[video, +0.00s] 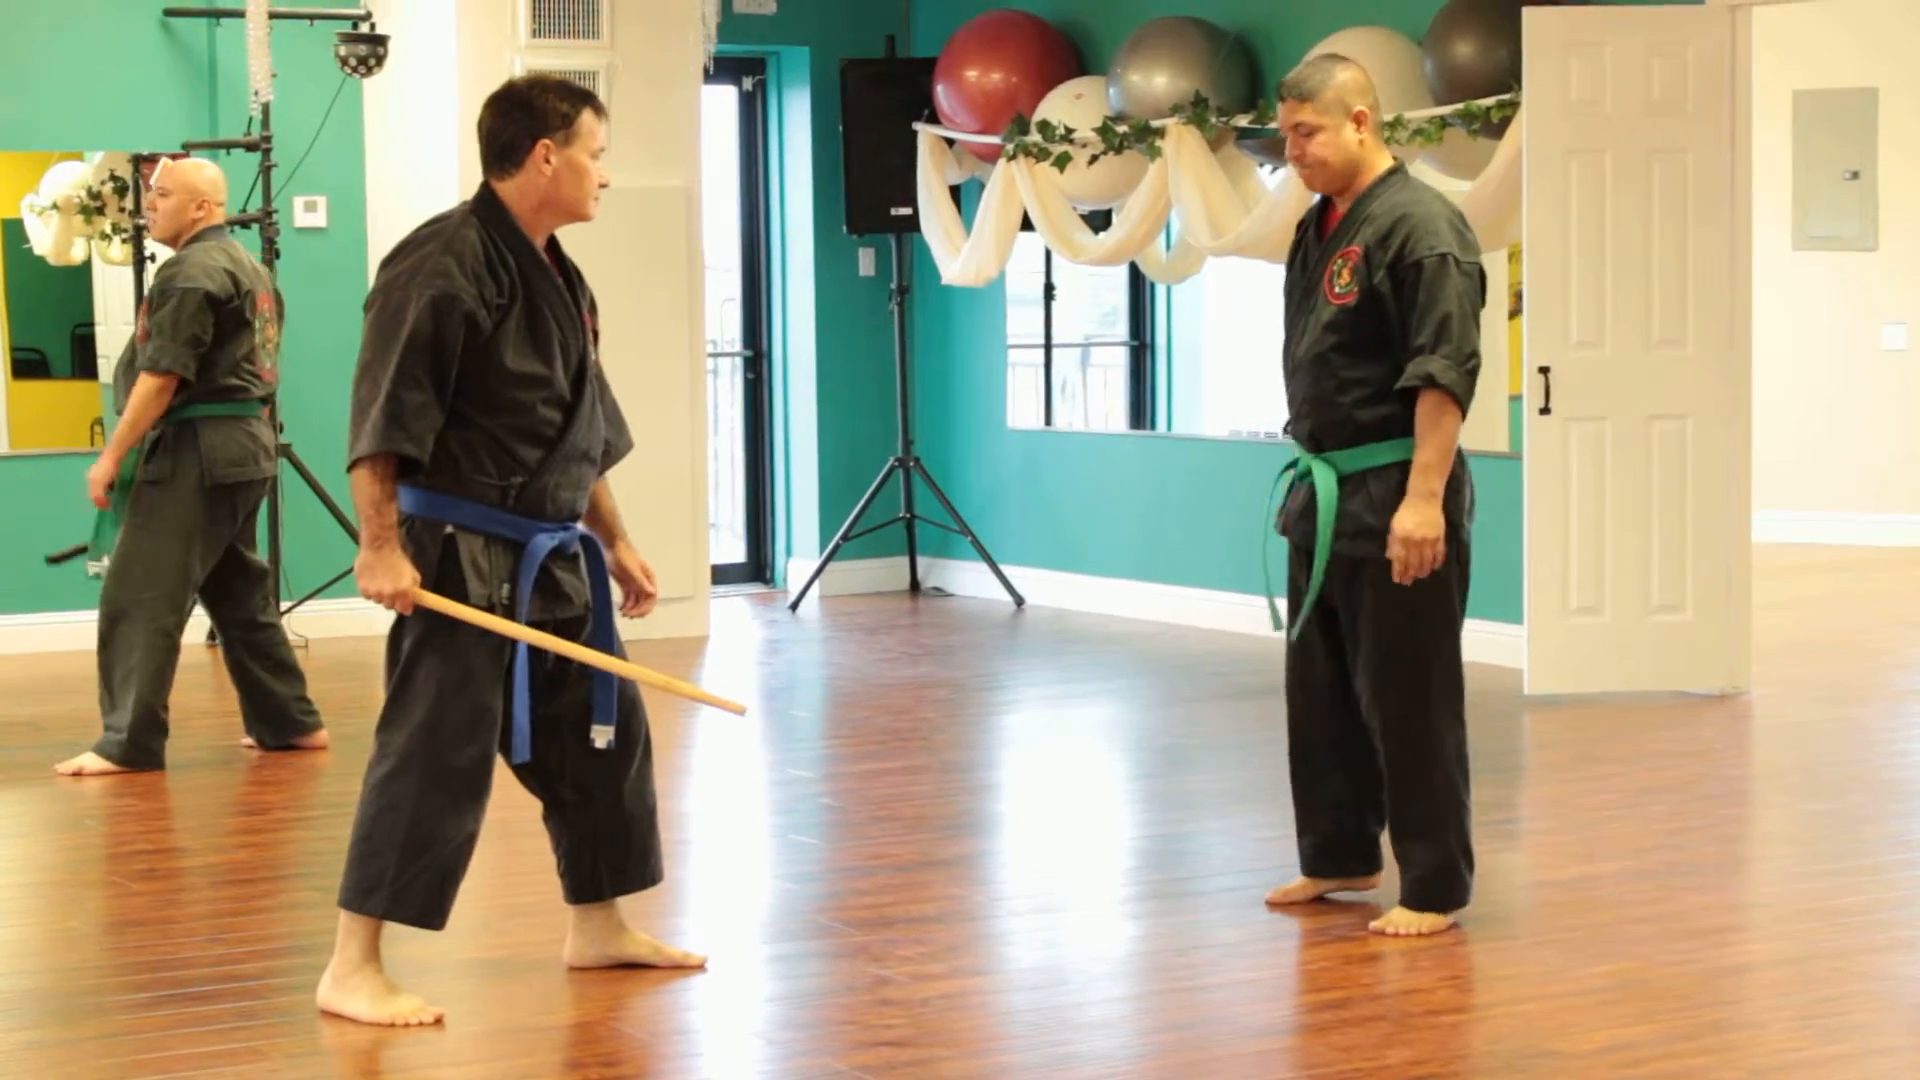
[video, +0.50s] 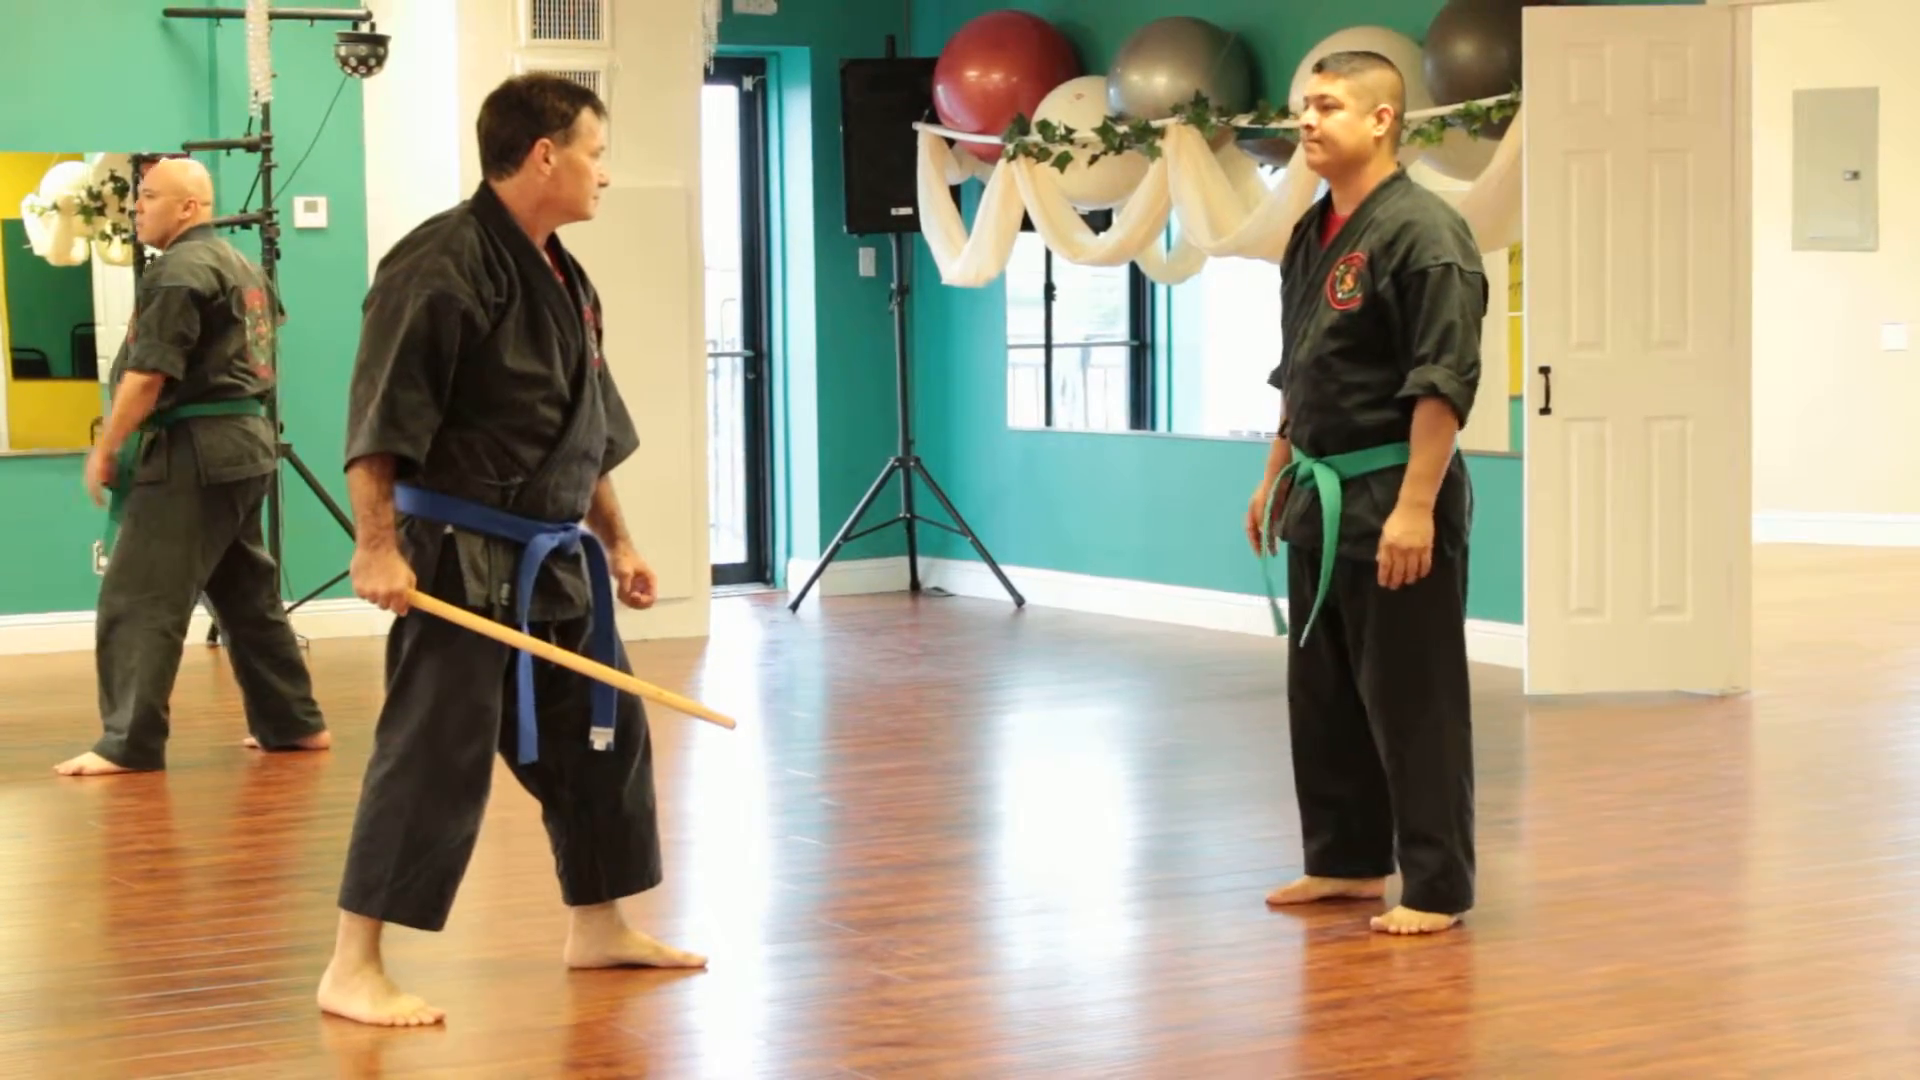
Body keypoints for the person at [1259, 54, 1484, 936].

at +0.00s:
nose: (1292, 152)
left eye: (1305, 134)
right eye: (1286, 137)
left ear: (1361, 123)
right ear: (1299, 137)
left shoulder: (1423, 225)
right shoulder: (1317, 226)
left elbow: (1444, 373)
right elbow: (1317, 360)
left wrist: (1424, 496)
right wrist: (1305, 475)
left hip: (1399, 480)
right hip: (1326, 480)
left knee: (1410, 693)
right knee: (1324, 684)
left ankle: (1435, 890)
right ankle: (1343, 861)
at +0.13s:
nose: (1294, 126)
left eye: (1312, 110)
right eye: (1293, 111)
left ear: (1370, 117)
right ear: (1301, 122)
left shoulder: (1421, 220)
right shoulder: (1312, 221)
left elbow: (1442, 369)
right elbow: (1313, 357)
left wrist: (1412, 491)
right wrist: (1293, 455)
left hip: (1397, 479)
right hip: (1322, 479)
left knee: (1406, 690)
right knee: (1322, 682)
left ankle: (1434, 890)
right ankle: (1343, 861)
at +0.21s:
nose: (1299, 124)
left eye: (1318, 109)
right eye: (1297, 110)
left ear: (1375, 119)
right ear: (1301, 123)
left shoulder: (1421, 226)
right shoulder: (1308, 231)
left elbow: (1440, 377)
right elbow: (1303, 368)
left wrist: (1405, 497)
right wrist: (1280, 466)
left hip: (1397, 483)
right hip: (1320, 484)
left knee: (1408, 691)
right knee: (1322, 686)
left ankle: (1434, 890)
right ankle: (1343, 865)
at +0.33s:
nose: (1304, 124)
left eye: (1323, 109)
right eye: (1301, 110)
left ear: (1380, 121)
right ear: (1303, 124)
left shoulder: (1423, 230)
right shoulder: (1312, 230)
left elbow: (1438, 381)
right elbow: (1302, 367)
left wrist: (1404, 502)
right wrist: (1272, 466)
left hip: (1397, 485)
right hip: (1320, 484)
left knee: (1409, 692)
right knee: (1325, 684)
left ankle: (1436, 890)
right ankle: (1347, 864)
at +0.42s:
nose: (1305, 123)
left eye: (1325, 108)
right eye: (1301, 109)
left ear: (1382, 120)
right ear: (1302, 124)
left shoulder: (1425, 230)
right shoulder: (1313, 230)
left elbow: (1441, 382)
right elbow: (1301, 366)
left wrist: (1409, 502)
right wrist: (1272, 466)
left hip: (1398, 485)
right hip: (1320, 484)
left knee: (1410, 691)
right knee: (1327, 683)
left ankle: (1437, 888)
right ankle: (1349, 861)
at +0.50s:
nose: (1306, 121)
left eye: (1326, 107)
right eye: (1303, 108)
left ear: (1382, 121)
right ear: (1306, 125)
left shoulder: (1426, 229)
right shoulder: (1311, 233)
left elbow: (1444, 382)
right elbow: (1302, 370)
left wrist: (1416, 505)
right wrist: (1277, 472)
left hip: (1400, 483)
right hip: (1321, 484)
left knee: (1412, 691)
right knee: (1327, 684)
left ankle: (1437, 888)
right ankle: (1350, 861)